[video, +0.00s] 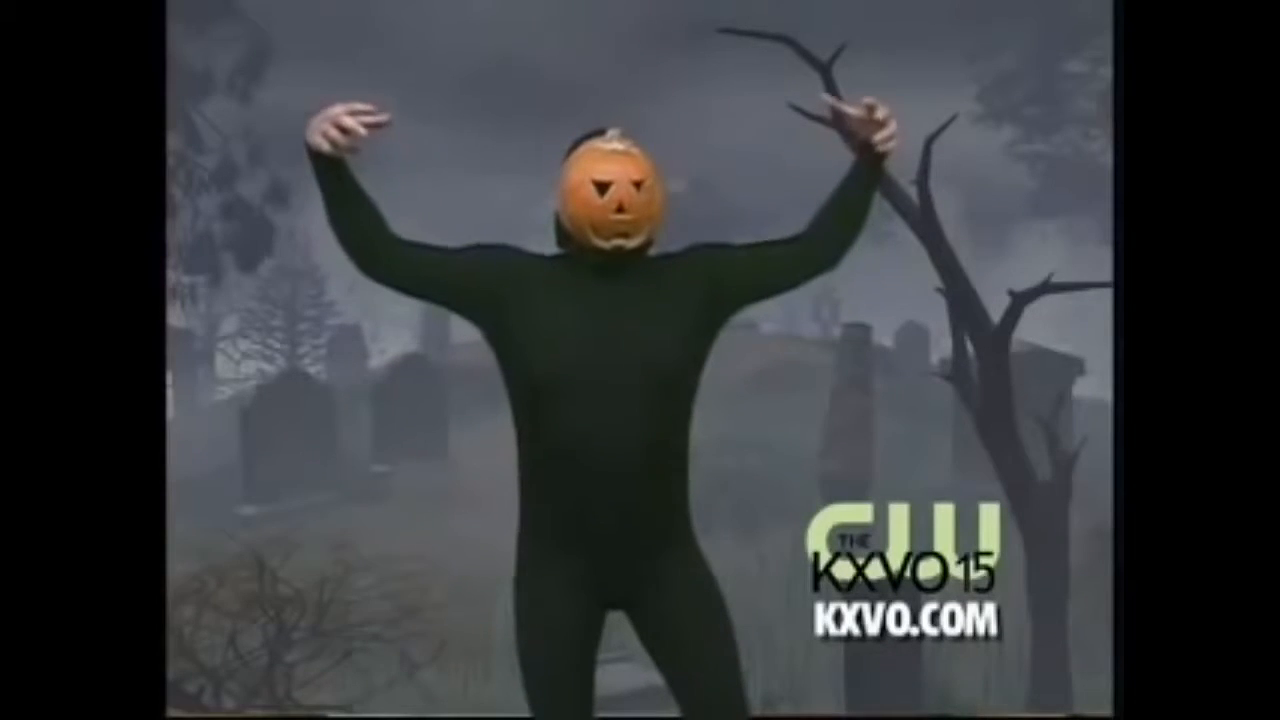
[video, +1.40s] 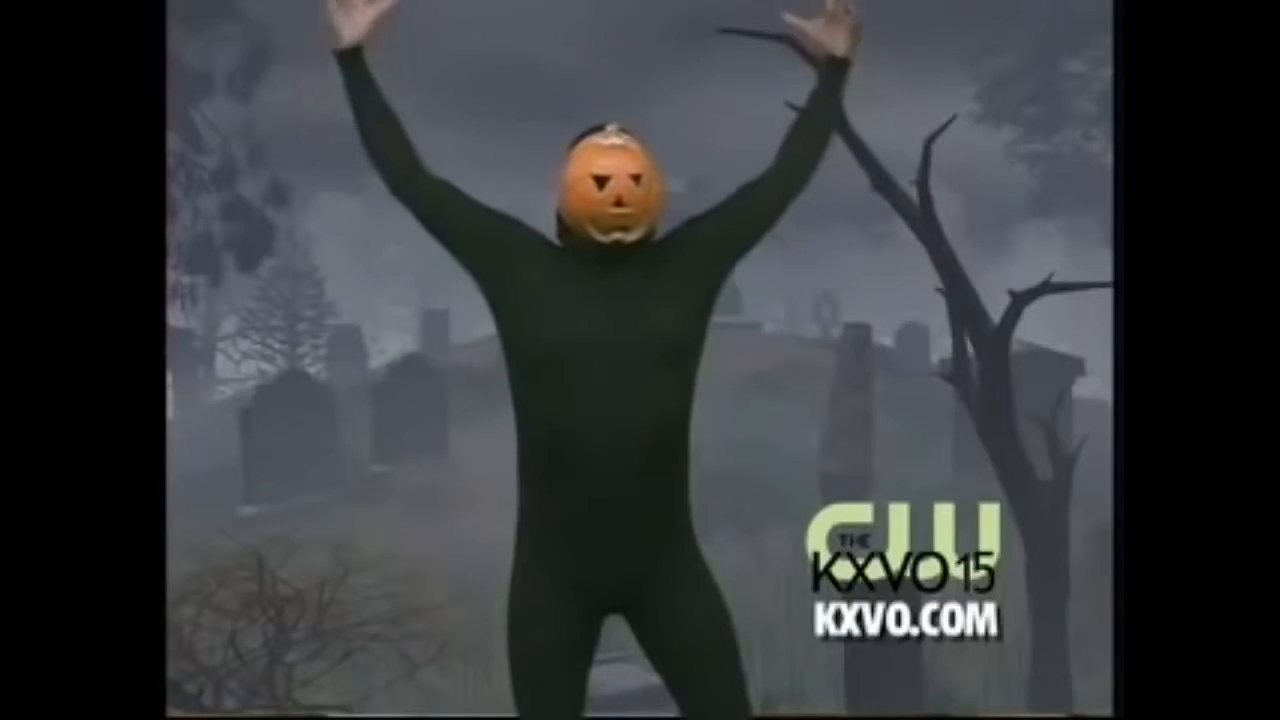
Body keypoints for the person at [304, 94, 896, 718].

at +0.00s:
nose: (616, 183)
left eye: (633, 172)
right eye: (595, 171)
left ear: (658, 201)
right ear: (560, 202)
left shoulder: (701, 281)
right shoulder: (507, 284)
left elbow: (818, 248)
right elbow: (379, 253)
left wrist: (866, 160)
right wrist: (328, 161)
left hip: (666, 557)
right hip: (556, 562)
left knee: (724, 710)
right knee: (559, 713)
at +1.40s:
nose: (617, 188)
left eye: (634, 178)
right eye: (597, 177)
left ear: (660, 199)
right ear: (562, 200)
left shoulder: (689, 267)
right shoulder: (516, 267)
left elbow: (786, 176)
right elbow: (408, 177)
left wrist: (833, 70)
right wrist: (352, 53)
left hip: (665, 560)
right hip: (553, 565)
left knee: (725, 710)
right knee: (546, 711)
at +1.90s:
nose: (621, 197)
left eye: (637, 187)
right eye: (601, 186)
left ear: (662, 208)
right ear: (567, 210)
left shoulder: (688, 274)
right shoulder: (524, 273)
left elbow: (772, 165)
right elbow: (443, 166)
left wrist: (760, 39)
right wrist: (453, 30)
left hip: (667, 562)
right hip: (555, 566)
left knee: (728, 711)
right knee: (546, 711)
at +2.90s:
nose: (628, 229)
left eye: (644, 219)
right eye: (607, 218)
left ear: (668, 240)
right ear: (573, 240)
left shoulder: (698, 309)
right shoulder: (524, 312)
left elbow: (811, 240)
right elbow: (414, 254)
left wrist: (765, 147)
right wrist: (471, 148)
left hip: (665, 572)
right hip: (557, 576)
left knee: (722, 709)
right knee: (550, 711)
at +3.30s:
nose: (627, 236)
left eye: (642, 223)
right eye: (606, 223)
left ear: (667, 240)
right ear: (571, 242)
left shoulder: (700, 317)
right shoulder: (518, 322)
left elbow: (823, 280)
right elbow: (393, 296)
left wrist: (818, 177)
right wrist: (411, 182)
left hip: (665, 577)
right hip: (556, 583)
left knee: (722, 710)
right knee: (551, 714)